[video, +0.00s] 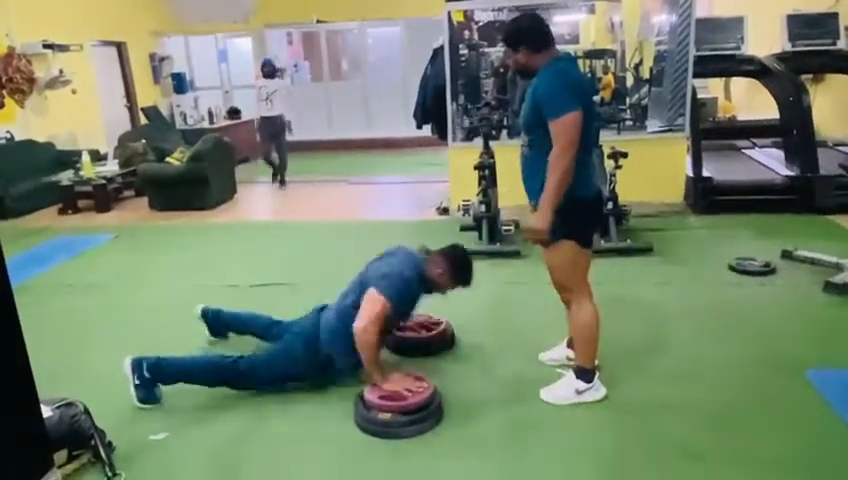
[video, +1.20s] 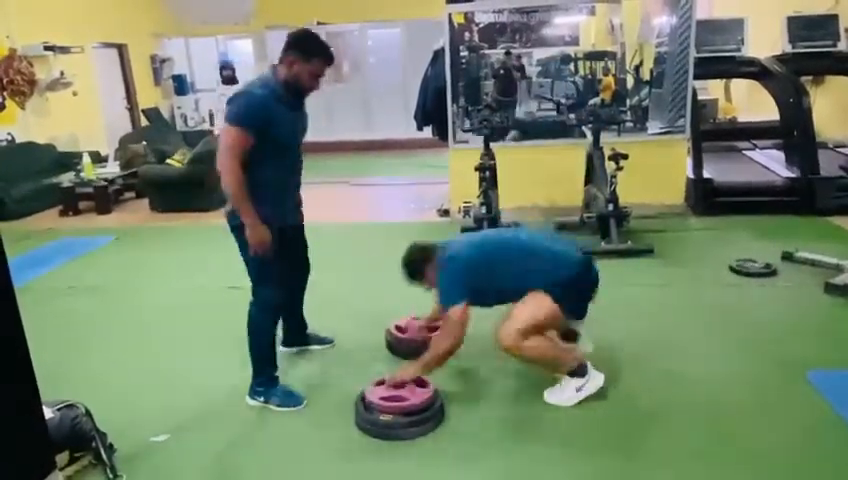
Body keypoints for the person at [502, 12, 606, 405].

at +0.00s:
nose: (510, 61)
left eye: (512, 53)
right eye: (509, 53)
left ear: (527, 49)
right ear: (542, 42)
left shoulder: (556, 81)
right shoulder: (558, 74)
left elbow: (565, 150)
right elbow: (567, 147)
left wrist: (545, 210)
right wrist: (548, 202)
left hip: (570, 201)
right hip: (566, 197)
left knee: (575, 290)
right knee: (568, 282)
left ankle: (586, 379)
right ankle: (577, 346)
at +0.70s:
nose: (487, 95)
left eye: (487, 86)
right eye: (484, 88)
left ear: (502, 75)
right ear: (506, 73)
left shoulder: (529, 98)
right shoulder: (535, 91)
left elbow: (538, 164)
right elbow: (539, 162)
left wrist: (516, 220)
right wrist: (521, 212)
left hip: (574, 207)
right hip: (571, 204)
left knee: (552, 291)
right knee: (553, 284)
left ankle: (586, 378)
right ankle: (575, 347)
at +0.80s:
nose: (483, 127)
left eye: (483, 118)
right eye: (480, 119)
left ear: (495, 108)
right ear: (505, 104)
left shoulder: (517, 130)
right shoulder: (534, 120)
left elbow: (525, 192)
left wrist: (493, 240)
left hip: (578, 229)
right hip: (567, 223)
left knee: (535, 307)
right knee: (526, 281)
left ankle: (583, 377)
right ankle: (572, 346)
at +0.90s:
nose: (478, 170)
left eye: (478, 162)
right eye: (475, 163)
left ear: (491, 152)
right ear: (498, 146)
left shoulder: (518, 175)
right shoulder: (517, 163)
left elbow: (509, 248)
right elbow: (506, 221)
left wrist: (468, 286)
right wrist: (478, 249)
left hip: (576, 267)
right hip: (558, 257)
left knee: (514, 323)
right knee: (509, 290)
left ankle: (578, 375)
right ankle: (566, 340)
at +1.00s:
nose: (469, 214)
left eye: (471, 207)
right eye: (467, 208)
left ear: (486, 200)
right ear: (490, 195)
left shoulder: (512, 220)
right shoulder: (508, 207)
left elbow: (494, 289)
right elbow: (491, 261)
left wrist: (448, 325)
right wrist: (456, 284)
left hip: (575, 306)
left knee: (500, 336)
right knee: (498, 299)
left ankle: (575, 372)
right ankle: (564, 338)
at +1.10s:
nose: (452, 252)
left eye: (451, 245)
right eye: (448, 246)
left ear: (464, 234)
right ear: (467, 226)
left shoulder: (490, 247)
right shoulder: (488, 230)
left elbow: (469, 318)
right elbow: (470, 285)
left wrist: (427, 355)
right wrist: (439, 310)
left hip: (574, 312)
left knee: (498, 339)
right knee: (491, 298)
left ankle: (574, 371)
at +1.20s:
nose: (429, 286)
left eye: (425, 282)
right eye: (425, 283)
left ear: (427, 271)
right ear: (431, 255)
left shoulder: (452, 270)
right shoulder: (451, 253)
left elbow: (452, 338)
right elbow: (450, 298)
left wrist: (414, 370)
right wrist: (430, 320)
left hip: (572, 276)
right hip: (570, 259)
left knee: (512, 338)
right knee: (519, 313)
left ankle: (581, 373)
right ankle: (569, 340)